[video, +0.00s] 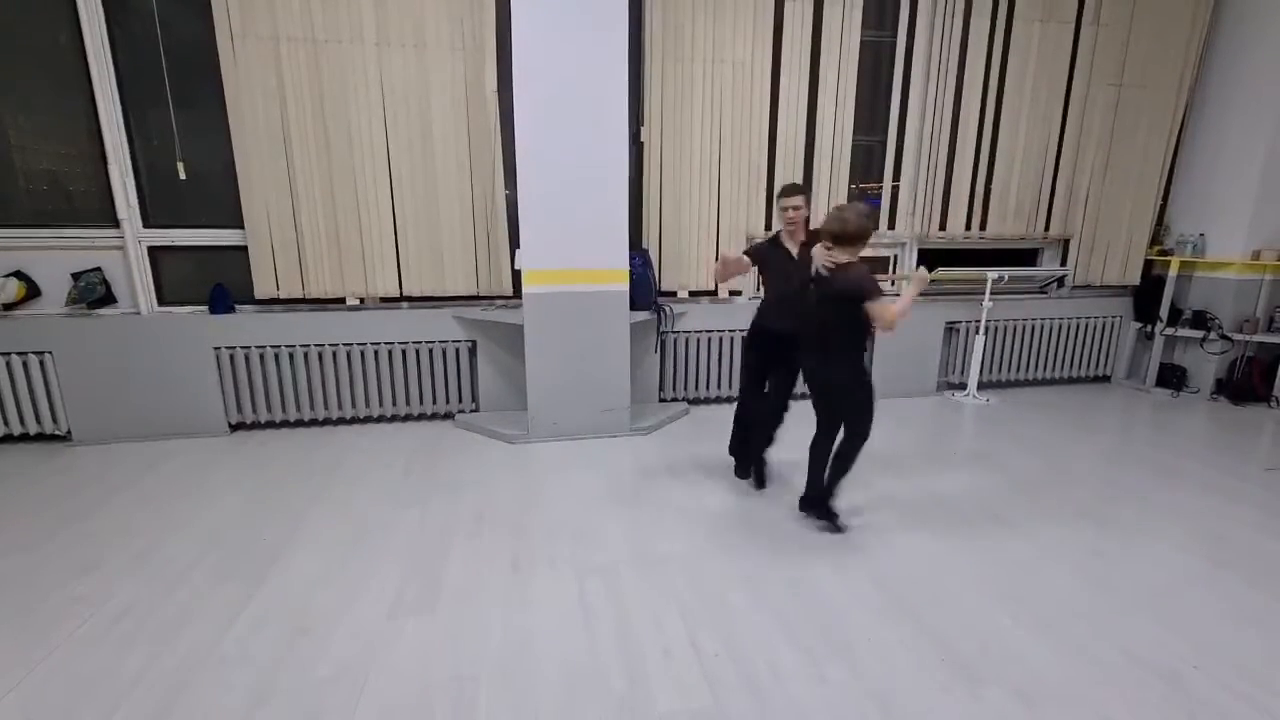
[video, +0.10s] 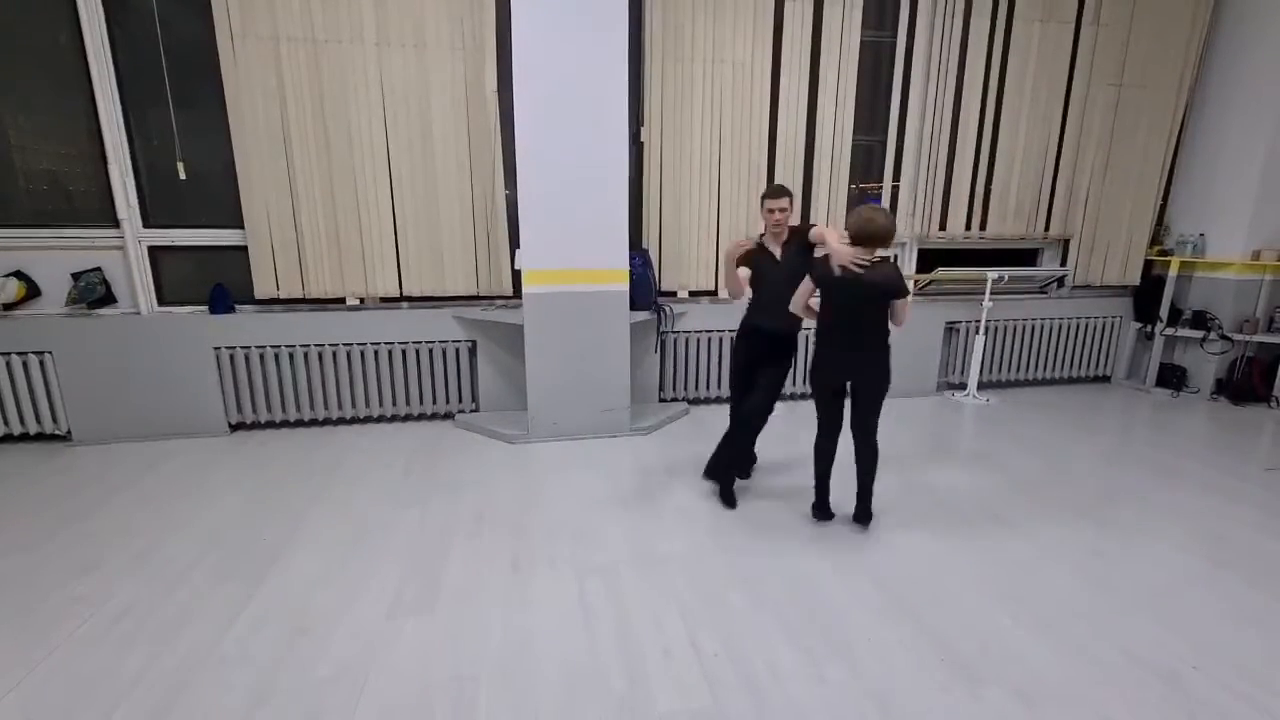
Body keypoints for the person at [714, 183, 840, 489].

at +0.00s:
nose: (791, 215)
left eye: (797, 209)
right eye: (785, 209)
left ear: (808, 211)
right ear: (778, 213)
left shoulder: (820, 246)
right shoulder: (766, 249)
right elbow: (723, 276)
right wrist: (726, 266)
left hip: (797, 334)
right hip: (765, 331)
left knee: (779, 400)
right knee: (751, 395)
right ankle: (742, 456)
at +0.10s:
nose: (777, 217)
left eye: (782, 211)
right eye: (771, 211)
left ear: (792, 212)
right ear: (762, 214)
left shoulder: (802, 236)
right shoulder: (753, 250)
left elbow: (825, 232)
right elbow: (735, 293)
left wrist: (835, 246)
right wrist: (730, 260)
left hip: (783, 335)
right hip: (751, 332)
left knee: (760, 406)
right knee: (742, 401)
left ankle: (722, 470)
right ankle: (743, 459)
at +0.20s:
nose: (764, 215)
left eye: (770, 209)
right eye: (758, 209)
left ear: (777, 210)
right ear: (748, 212)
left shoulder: (791, 234)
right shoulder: (739, 255)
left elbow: (831, 235)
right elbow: (739, 306)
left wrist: (863, 244)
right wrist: (732, 274)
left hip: (774, 338)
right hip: (742, 336)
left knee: (746, 413)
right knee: (735, 410)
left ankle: (716, 486)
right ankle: (744, 460)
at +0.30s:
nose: (757, 212)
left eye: (762, 205)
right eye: (750, 206)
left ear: (770, 206)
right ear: (739, 208)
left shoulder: (784, 231)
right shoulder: (729, 253)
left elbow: (832, 231)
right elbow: (719, 301)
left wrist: (875, 242)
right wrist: (730, 315)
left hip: (768, 337)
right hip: (735, 336)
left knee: (741, 410)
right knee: (731, 405)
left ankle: (719, 491)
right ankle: (744, 457)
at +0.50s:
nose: (747, 209)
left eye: (752, 203)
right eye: (740, 203)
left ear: (759, 203)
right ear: (726, 204)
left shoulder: (772, 233)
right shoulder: (714, 247)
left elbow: (824, 238)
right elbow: (689, 288)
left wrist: (872, 241)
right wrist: (683, 324)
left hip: (758, 338)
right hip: (723, 337)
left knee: (736, 412)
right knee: (728, 410)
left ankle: (716, 489)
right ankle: (741, 460)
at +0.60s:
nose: (748, 210)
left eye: (753, 204)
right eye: (741, 203)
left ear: (757, 204)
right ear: (724, 204)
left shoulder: (766, 236)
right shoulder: (706, 245)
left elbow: (811, 249)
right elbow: (674, 286)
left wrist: (842, 249)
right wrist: (664, 325)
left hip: (755, 337)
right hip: (720, 336)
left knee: (736, 412)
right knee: (725, 409)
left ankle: (717, 492)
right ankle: (742, 458)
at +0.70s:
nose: (750, 210)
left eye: (754, 204)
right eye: (743, 204)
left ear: (757, 206)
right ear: (724, 203)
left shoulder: (763, 240)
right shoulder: (703, 245)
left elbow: (798, 268)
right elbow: (670, 290)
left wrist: (851, 276)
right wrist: (663, 330)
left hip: (751, 338)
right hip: (716, 338)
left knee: (734, 414)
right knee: (724, 410)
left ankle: (716, 491)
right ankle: (740, 459)